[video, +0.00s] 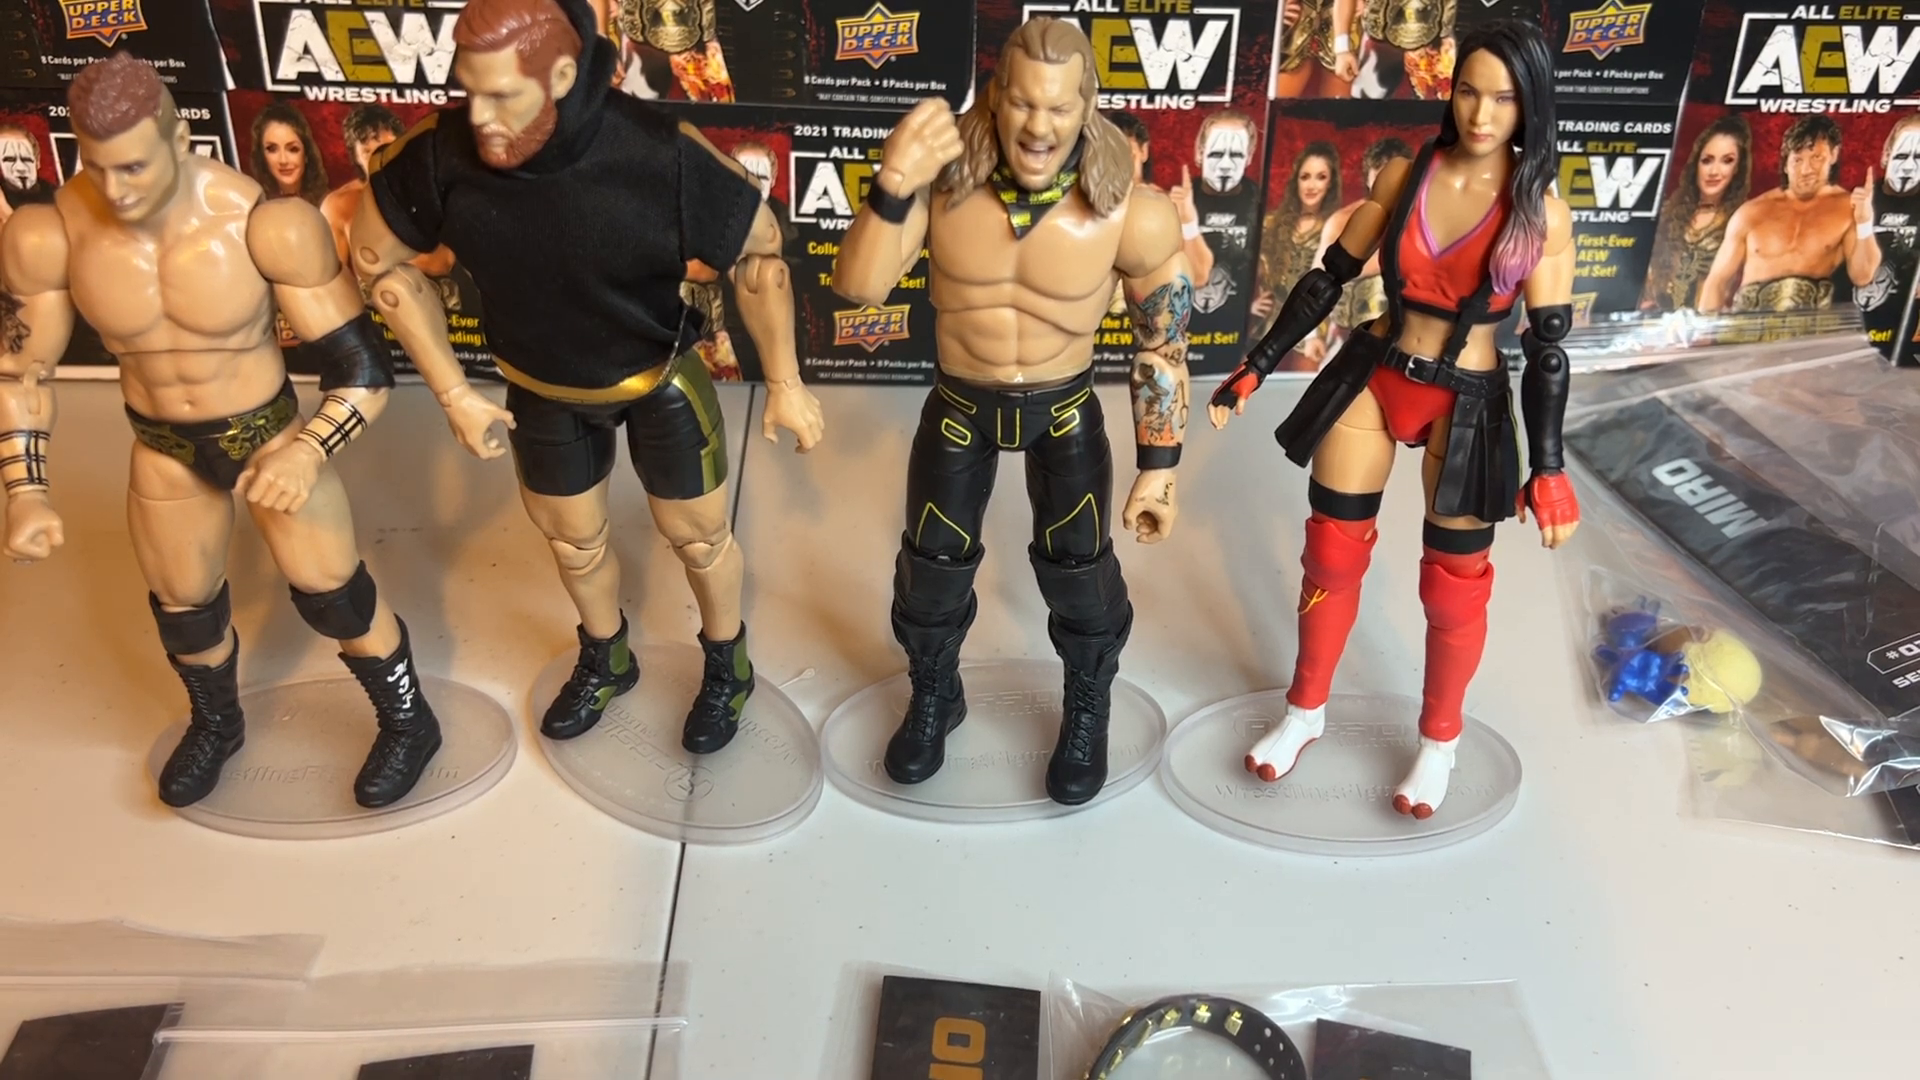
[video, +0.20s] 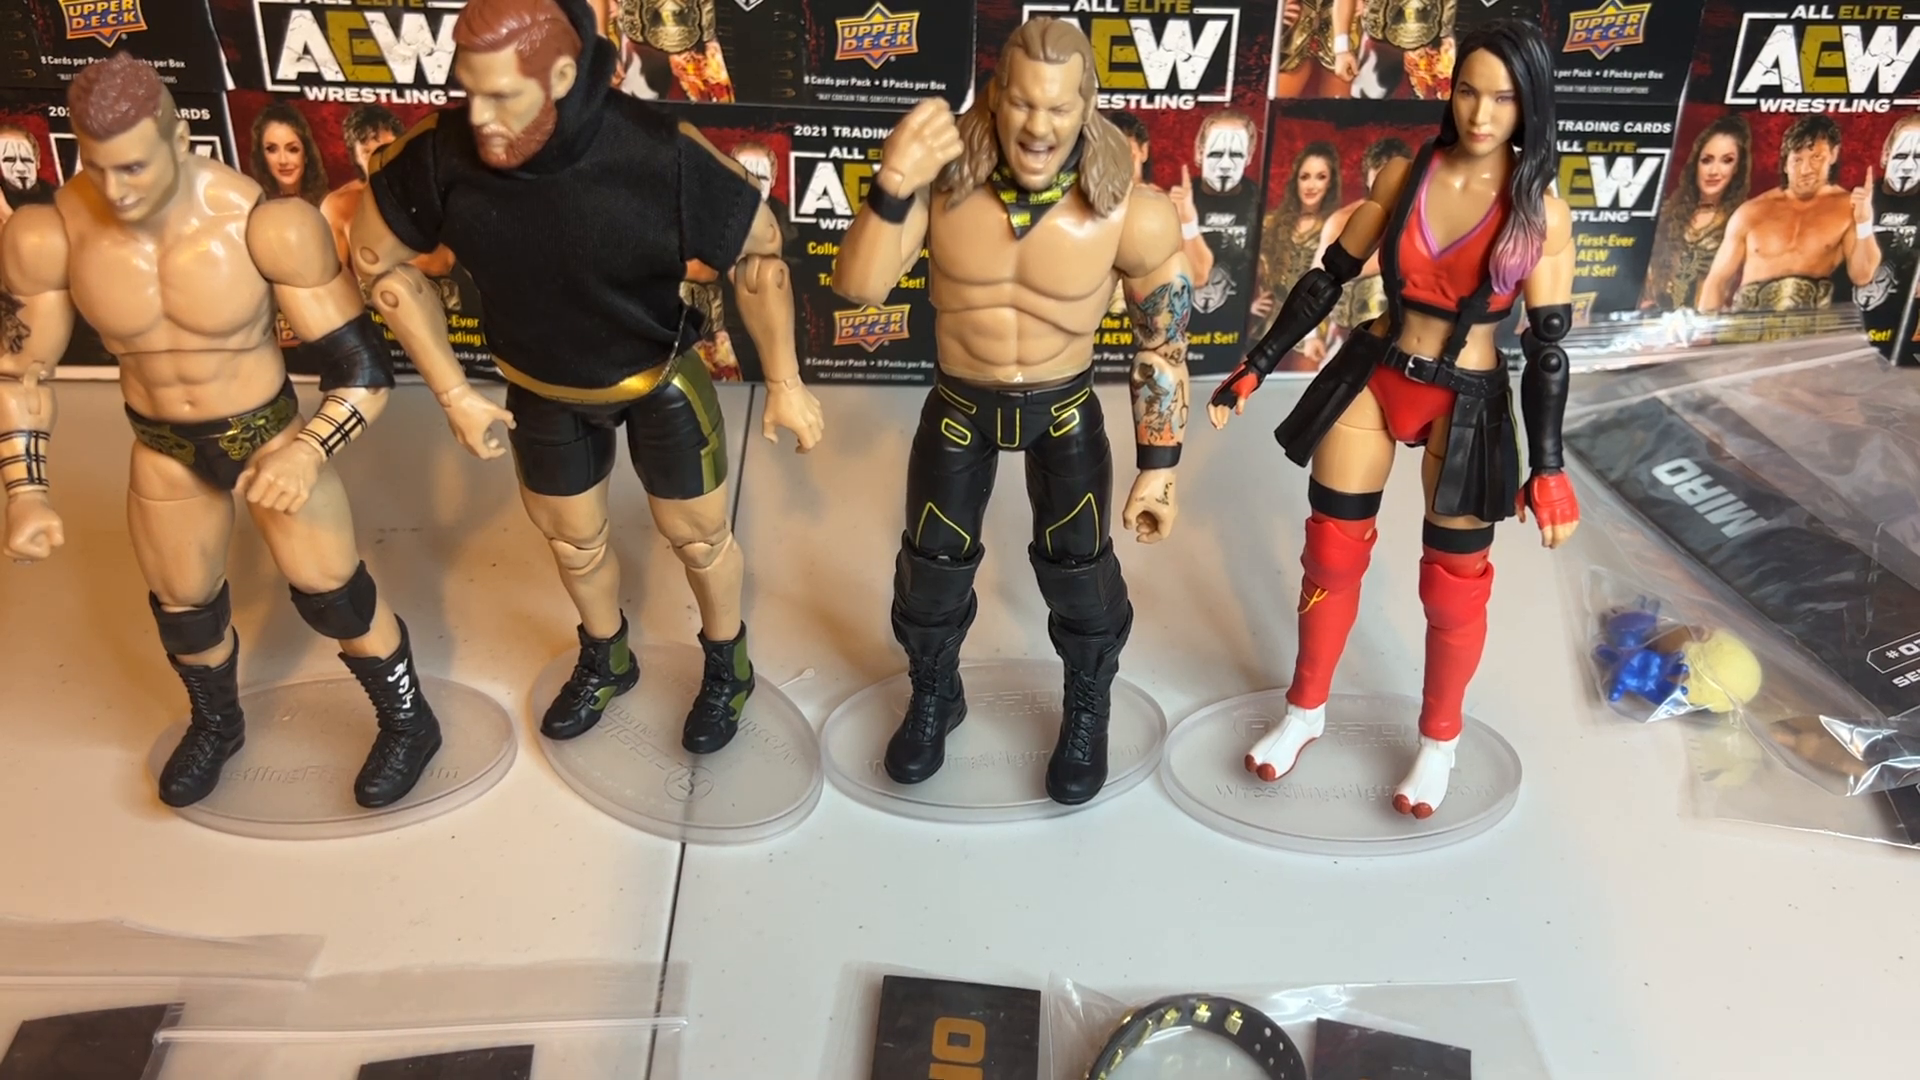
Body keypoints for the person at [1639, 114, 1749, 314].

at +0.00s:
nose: (1714, 171)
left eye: (1727, 161)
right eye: (1707, 160)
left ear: (1739, 168)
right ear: (1695, 164)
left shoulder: (1742, 220)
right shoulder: (1670, 213)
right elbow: (1654, 267)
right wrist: (1649, 299)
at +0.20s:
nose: (1714, 171)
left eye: (1727, 160)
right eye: (1706, 160)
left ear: (1738, 167)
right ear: (1695, 164)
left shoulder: (1742, 220)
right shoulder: (1670, 213)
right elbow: (1654, 269)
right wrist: (1649, 301)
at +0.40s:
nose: (1715, 171)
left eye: (1727, 161)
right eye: (1707, 160)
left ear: (1739, 168)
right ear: (1695, 164)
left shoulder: (1743, 219)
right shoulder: (1671, 211)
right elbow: (1655, 265)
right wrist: (1650, 299)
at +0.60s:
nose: (1715, 172)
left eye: (1728, 161)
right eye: (1707, 161)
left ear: (1739, 169)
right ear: (1696, 164)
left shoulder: (1743, 220)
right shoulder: (1670, 213)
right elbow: (1655, 267)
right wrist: (1650, 300)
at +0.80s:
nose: (1715, 172)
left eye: (1728, 161)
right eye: (1707, 161)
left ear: (1739, 168)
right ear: (1696, 164)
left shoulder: (1743, 220)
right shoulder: (1670, 213)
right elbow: (1655, 267)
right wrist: (1649, 301)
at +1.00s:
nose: (1714, 171)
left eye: (1727, 161)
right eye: (1707, 160)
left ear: (1738, 168)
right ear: (1695, 164)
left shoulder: (1743, 219)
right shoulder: (1670, 213)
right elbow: (1654, 266)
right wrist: (1650, 299)